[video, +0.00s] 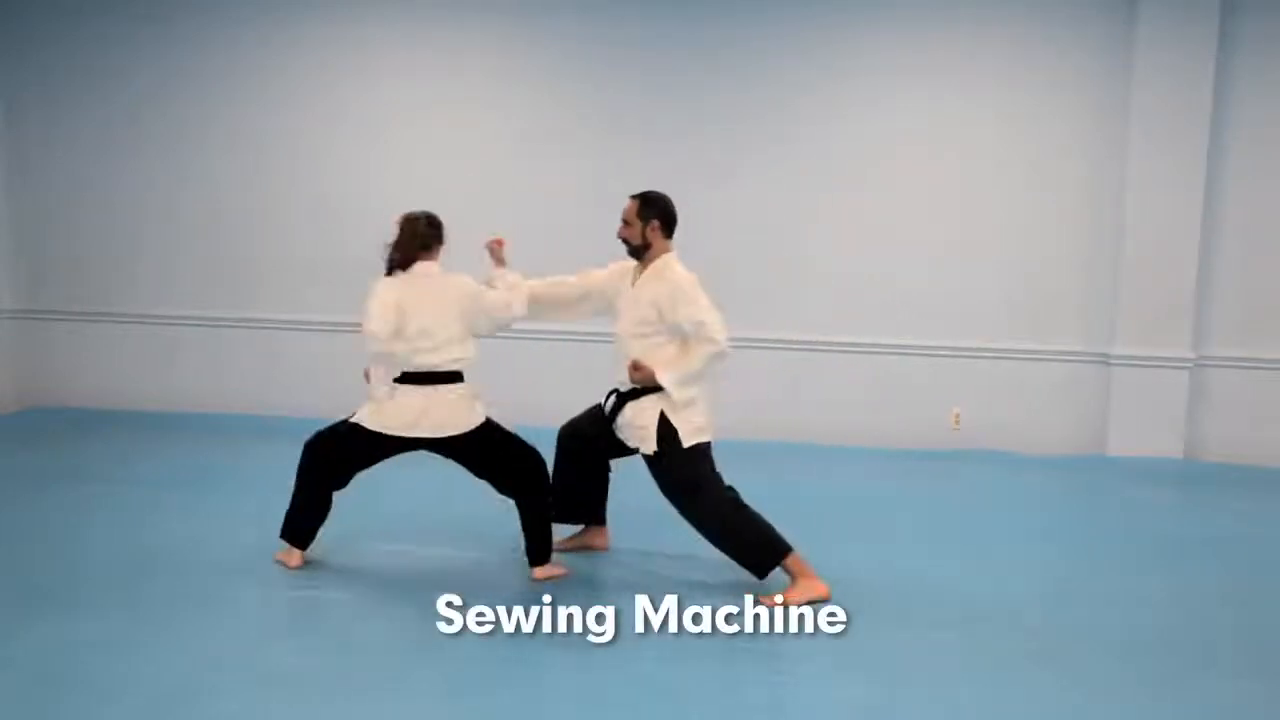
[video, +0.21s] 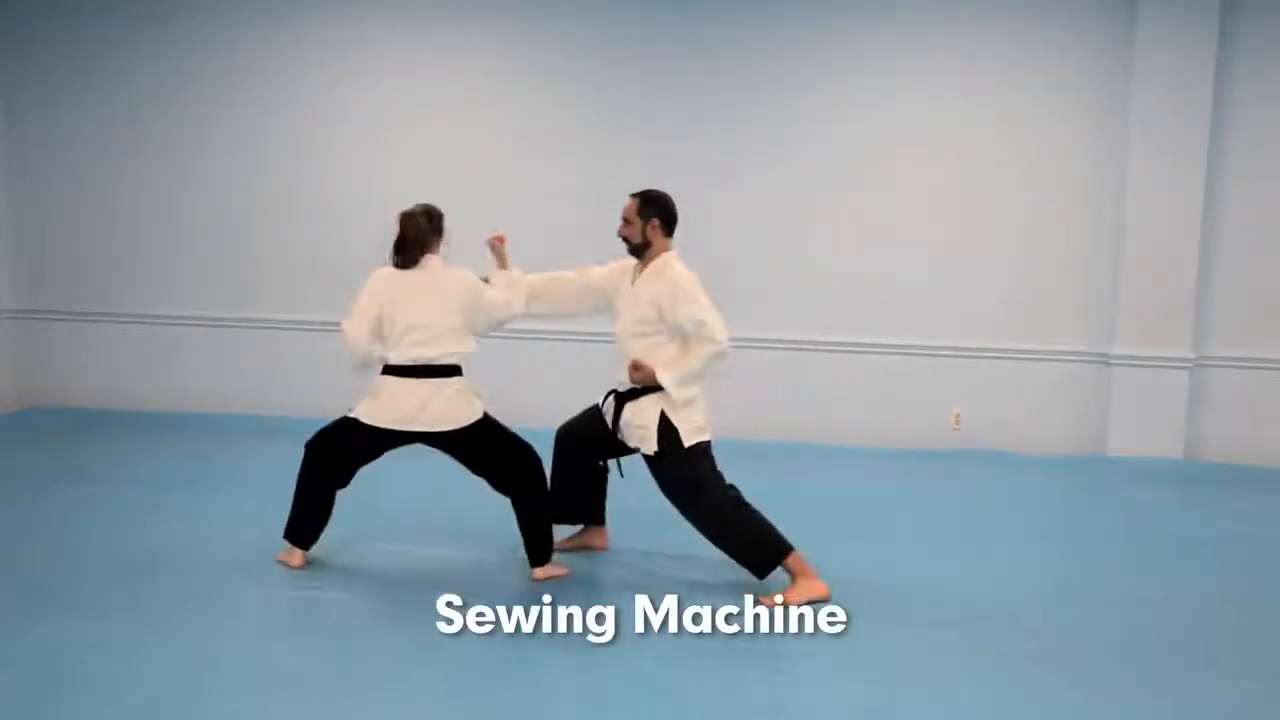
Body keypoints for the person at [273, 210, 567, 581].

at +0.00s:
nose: (397, 241)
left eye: (400, 237)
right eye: (438, 240)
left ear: (401, 244)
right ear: (440, 246)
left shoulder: (387, 288)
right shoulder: (460, 288)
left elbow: (378, 338)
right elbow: (509, 309)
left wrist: (374, 376)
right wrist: (501, 268)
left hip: (395, 416)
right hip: (455, 417)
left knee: (321, 452)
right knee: (528, 468)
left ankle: (294, 549)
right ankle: (541, 563)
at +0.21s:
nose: (444, 239)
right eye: (443, 234)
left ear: (402, 238)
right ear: (440, 239)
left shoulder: (383, 281)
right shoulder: (461, 282)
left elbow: (356, 341)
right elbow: (506, 307)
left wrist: (380, 356)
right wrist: (503, 266)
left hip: (390, 408)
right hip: (451, 410)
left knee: (322, 452)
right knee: (523, 465)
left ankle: (296, 549)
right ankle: (542, 563)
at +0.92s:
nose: (508, 214)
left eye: (505, 206)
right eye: (503, 207)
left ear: (466, 213)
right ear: (486, 213)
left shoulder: (440, 257)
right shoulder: (517, 249)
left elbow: (420, 292)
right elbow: (571, 251)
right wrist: (619, 236)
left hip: (433, 380)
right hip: (490, 385)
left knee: (395, 455)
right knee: (542, 466)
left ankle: (369, 545)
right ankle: (549, 562)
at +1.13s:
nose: (503, 216)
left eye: (501, 209)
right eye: (499, 210)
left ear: (458, 215)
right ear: (485, 215)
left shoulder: (430, 253)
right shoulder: (506, 251)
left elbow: (431, 300)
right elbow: (551, 257)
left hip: (432, 382)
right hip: (488, 381)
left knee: (419, 456)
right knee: (554, 448)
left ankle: (405, 547)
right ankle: (557, 545)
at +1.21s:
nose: (500, 226)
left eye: (499, 218)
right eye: (496, 219)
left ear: (453, 223)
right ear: (478, 224)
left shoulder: (427, 259)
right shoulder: (501, 253)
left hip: (435, 388)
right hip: (491, 386)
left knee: (417, 462)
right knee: (574, 442)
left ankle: (403, 549)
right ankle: (579, 533)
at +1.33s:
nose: (503, 236)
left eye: (502, 229)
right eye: (500, 230)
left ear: (461, 232)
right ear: (490, 233)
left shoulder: (439, 273)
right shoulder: (505, 263)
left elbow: (437, 319)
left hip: (456, 398)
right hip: (510, 393)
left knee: (421, 466)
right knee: (587, 444)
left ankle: (400, 551)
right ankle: (617, 541)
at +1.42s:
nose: (523, 232)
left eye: (521, 225)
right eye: (520, 225)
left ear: (483, 233)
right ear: (512, 230)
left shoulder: (464, 272)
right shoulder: (527, 264)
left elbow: (445, 318)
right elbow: (525, 303)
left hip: (475, 399)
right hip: (531, 398)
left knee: (433, 466)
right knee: (601, 457)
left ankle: (401, 549)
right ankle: (648, 551)